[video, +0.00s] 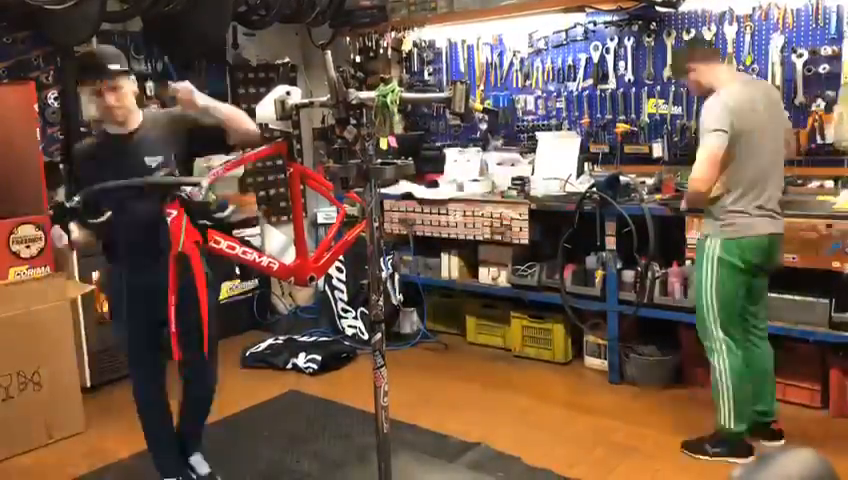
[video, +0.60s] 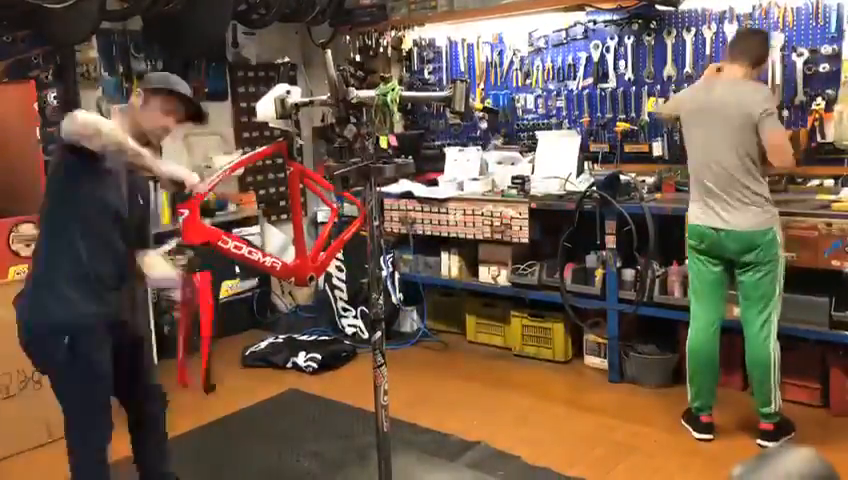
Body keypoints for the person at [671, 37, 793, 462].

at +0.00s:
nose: (690, 88)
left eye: (687, 80)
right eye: (687, 81)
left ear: (696, 68)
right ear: (717, 58)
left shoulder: (720, 102)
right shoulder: (768, 91)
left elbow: (703, 180)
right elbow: (788, 147)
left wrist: (690, 203)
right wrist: (744, 170)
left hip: (729, 235)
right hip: (767, 232)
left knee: (720, 334)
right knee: (753, 328)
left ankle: (731, 435)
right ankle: (764, 423)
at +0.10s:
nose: (754, 66)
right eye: (757, 60)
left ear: (718, 56)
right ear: (753, 59)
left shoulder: (681, 97)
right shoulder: (770, 105)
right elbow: (775, 178)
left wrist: (691, 158)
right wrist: (758, 161)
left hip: (678, 220)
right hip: (732, 226)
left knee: (684, 319)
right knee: (738, 322)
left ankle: (688, 417)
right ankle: (726, 426)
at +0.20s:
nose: (781, 73)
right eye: (782, 68)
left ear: (741, 57)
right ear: (777, 65)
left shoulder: (708, 96)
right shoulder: (782, 97)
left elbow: (684, 137)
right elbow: (802, 164)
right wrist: (777, 158)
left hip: (712, 226)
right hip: (765, 229)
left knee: (707, 321)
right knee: (766, 323)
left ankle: (702, 416)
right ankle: (769, 421)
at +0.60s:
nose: (765, 71)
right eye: (767, 65)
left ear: (727, 56)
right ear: (761, 63)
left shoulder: (696, 93)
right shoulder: (759, 96)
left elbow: (664, 109)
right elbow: (781, 161)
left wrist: (701, 81)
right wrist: (765, 160)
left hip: (703, 225)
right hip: (753, 227)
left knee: (702, 319)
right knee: (759, 324)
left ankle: (701, 415)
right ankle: (768, 421)